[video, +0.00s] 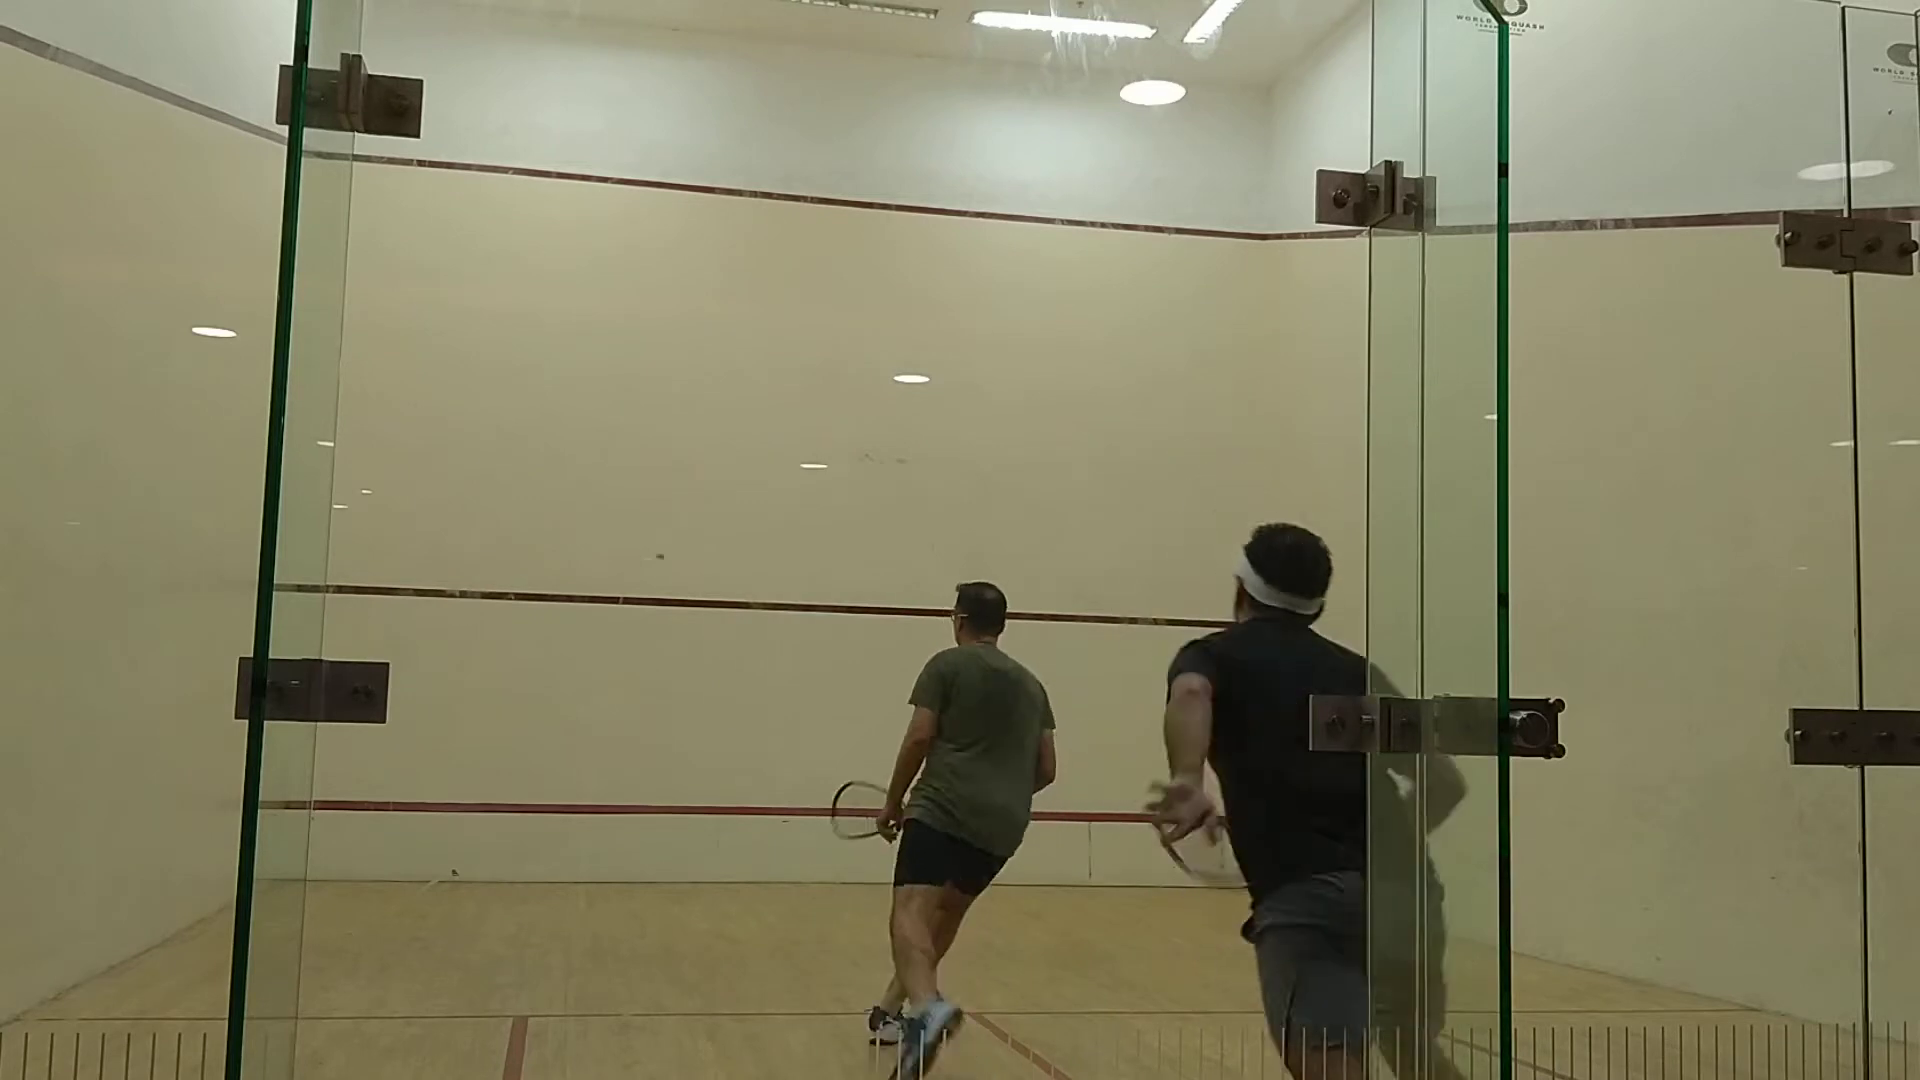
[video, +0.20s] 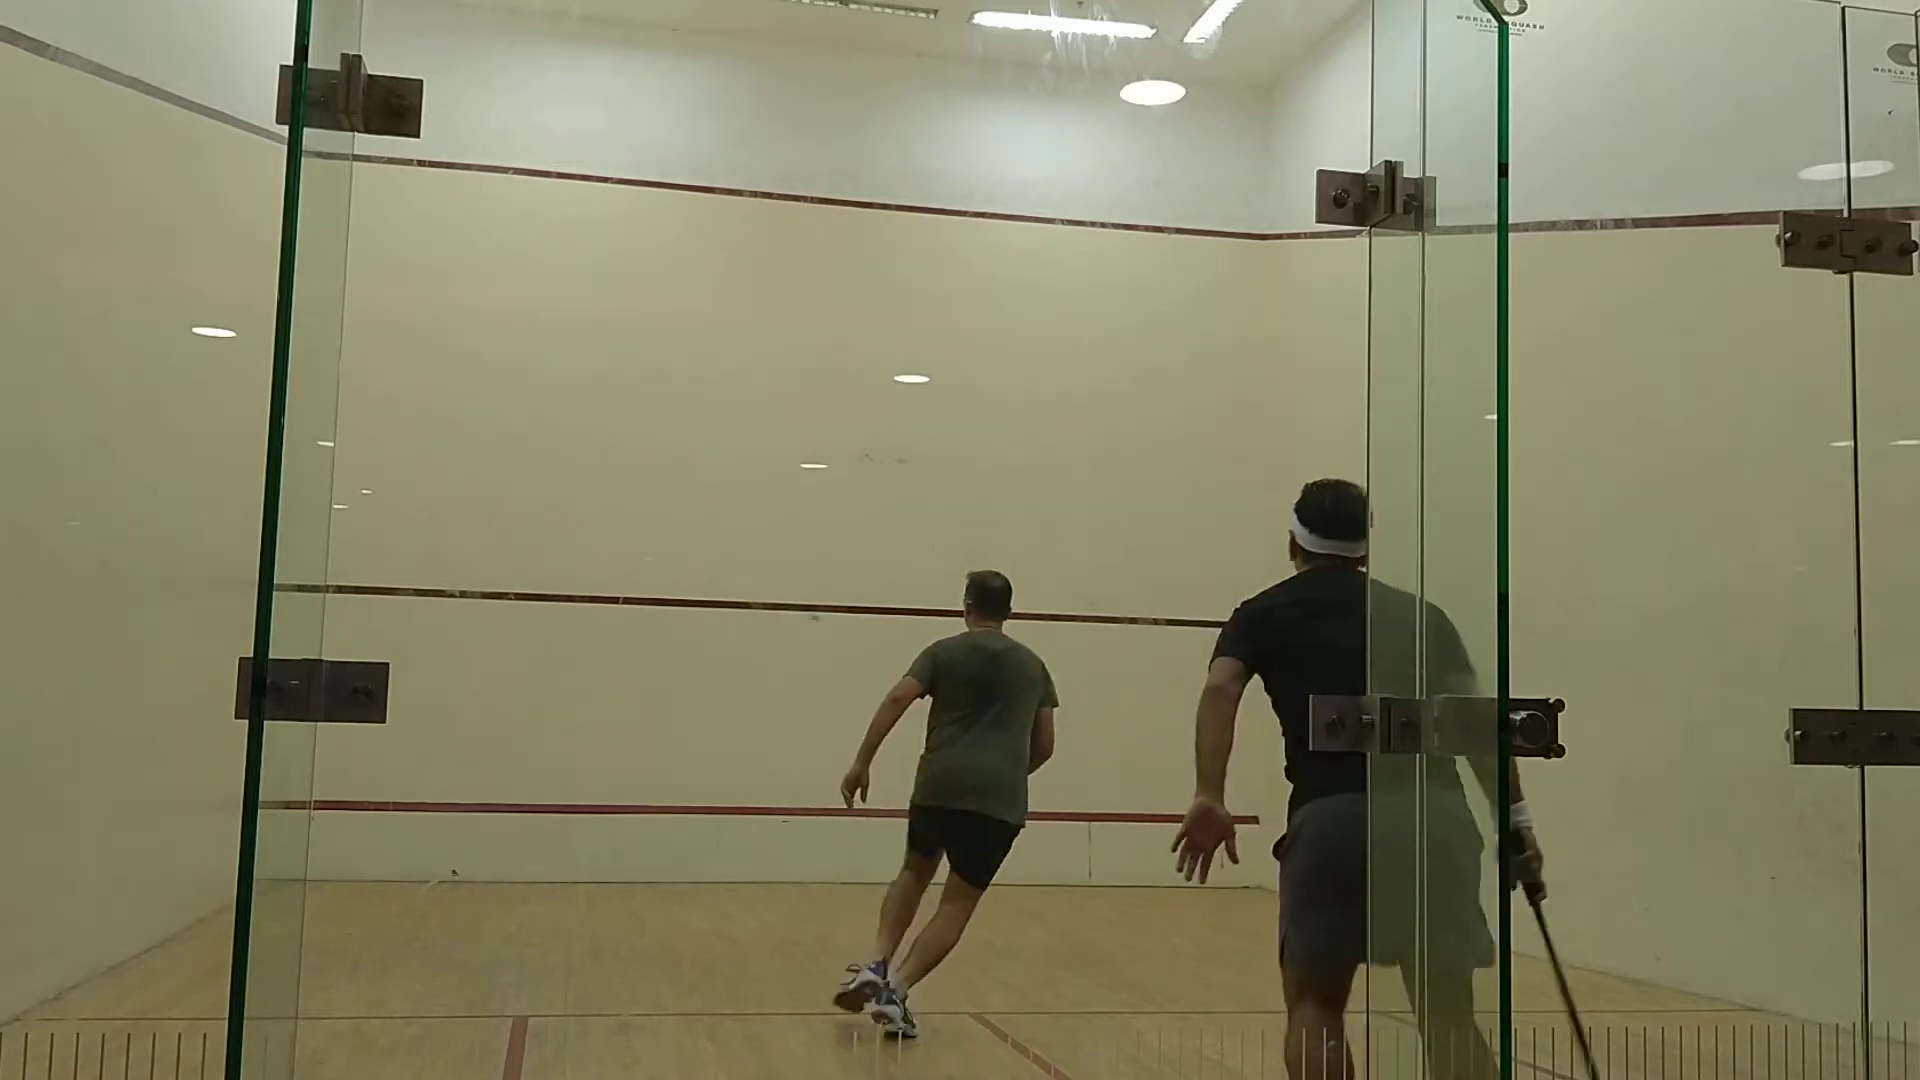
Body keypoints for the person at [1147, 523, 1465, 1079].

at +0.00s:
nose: (1233, 587)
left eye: (1236, 581)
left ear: (1241, 592)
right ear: (1318, 607)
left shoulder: (1210, 653)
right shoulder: (1359, 669)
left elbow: (1191, 692)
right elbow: (1446, 781)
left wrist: (1188, 782)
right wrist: (1385, 839)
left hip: (1302, 902)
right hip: (1404, 891)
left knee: (1330, 1068)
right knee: (1418, 1053)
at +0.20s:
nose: (1288, 544)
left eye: (1290, 537)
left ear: (1294, 546)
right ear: (1365, 549)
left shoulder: (1264, 613)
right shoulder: (1423, 616)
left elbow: (1221, 691)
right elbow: (1481, 723)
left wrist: (1209, 795)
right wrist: (1517, 825)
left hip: (1331, 829)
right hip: (1437, 828)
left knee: (1316, 1007)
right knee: (1449, 1014)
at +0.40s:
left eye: (1325, 549)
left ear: (1325, 555)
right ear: (1391, 559)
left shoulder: (1286, 625)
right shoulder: (1431, 631)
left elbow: (1235, 692)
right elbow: (1499, 723)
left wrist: (1200, 776)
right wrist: (1545, 809)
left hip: (1322, 847)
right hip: (1415, 845)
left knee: (1329, 990)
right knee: (1433, 1003)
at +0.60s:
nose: (1357, 554)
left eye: (1351, 545)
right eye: (1391, 551)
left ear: (1350, 550)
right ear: (1411, 556)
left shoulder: (1305, 617)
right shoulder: (1436, 630)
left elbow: (1233, 687)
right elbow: (1474, 730)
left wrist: (1207, 779)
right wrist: (1503, 818)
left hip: (1316, 823)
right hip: (1405, 828)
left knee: (1316, 961)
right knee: (1424, 969)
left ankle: (1309, 1076)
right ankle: (1419, 1076)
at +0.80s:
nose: (1424, 612)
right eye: (1428, 603)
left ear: (1376, 598)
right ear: (1435, 607)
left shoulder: (1333, 661)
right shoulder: (1452, 678)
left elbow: (1255, 719)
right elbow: (1479, 768)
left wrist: (1259, 776)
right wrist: (1501, 841)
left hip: (1332, 838)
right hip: (1411, 848)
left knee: (1260, 960)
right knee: (1421, 968)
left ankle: (1219, 1073)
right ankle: (1440, 1074)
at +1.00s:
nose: (1429, 653)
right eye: (1429, 646)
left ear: (1377, 641)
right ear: (1431, 651)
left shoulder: (1330, 699)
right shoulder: (1434, 713)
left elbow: (1260, 772)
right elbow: (1463, 799)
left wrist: (1265, 840)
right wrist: (1491, 883)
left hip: (1316, 870)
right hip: (1397, 877)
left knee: (1241, 976)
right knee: (1432, 970)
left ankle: (1196, 1073)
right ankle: (1439, 1074)